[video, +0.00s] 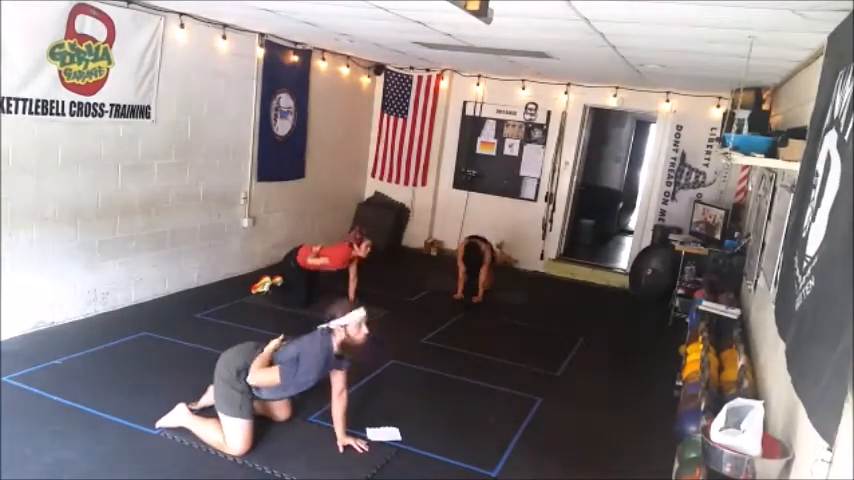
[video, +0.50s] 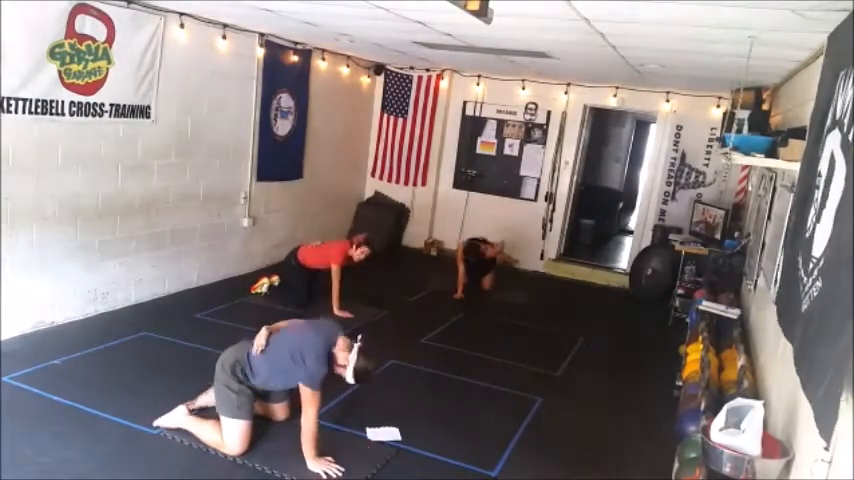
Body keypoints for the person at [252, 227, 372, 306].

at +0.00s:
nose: (368, 250)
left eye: (370, 248)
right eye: (366, 247)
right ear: (357, 245)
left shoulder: (353, 255)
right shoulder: (341, 257)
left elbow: (353, 278)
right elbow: (309, 262)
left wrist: (351, 300)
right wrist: (315, 252)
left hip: (306, 258)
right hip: (295, 261)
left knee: (312, 296)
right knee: (300, 299)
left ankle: (280, 283)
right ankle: (270, 288)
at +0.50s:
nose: (362, 257)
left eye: (365, 255)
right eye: (362, 252)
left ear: (364, 254)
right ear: (355, 247)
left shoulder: (348, 247)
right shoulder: (339, 252)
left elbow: (331, 244)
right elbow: (335, 282)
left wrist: (319, 244)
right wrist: (336, 309)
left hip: (308, 261)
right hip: (296, 262)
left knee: (311, 296)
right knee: (299, 301)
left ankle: (278, 282)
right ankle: (269, 287)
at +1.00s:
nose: (366, 260)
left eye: (368, 257)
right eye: (365, 257)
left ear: (356, 250)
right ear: (355, 252)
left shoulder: (345, 249)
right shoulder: (339, 255)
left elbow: (328, 244)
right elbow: (336, 283)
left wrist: (315, 243)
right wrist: (336, 309)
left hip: (301, 256)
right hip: (294, 263)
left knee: (308, 293)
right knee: (299, 298)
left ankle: (277, 281)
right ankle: (268, 288)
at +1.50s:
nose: (365, 247)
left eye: (365, 244)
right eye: (362, 244)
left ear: (353, 244)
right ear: (351, 244)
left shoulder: (344, 250)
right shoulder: (337, 255)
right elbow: (335, 284)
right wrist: (337, 300)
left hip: (303, 252)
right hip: (294, 263)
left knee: (312, 287)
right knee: (298, 299)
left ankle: (278, 281)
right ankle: (270, 288)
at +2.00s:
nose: (362, 251)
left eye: (364, 249)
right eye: (359, 247)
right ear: (350, 244)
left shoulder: (342, 247)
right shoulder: (338, 254)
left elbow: (325, 244)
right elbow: (335, 283)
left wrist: (311, 246)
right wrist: (335, 303)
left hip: (300, 254)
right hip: (293, 263)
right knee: (300, 300)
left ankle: (277, 282)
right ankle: (269, 289)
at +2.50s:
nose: (349, 267)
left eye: (353, 267)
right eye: (352, 265)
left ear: (354, 254)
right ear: (351, 258)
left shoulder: (345, 244)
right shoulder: (336, 252)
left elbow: (326, 241)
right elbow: (335, 283)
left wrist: (314, 240)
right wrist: (336, 309)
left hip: (308, 263)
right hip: (295, 261)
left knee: (309, 297)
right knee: (300, 299)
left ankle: (278, 282)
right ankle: (268, 289)